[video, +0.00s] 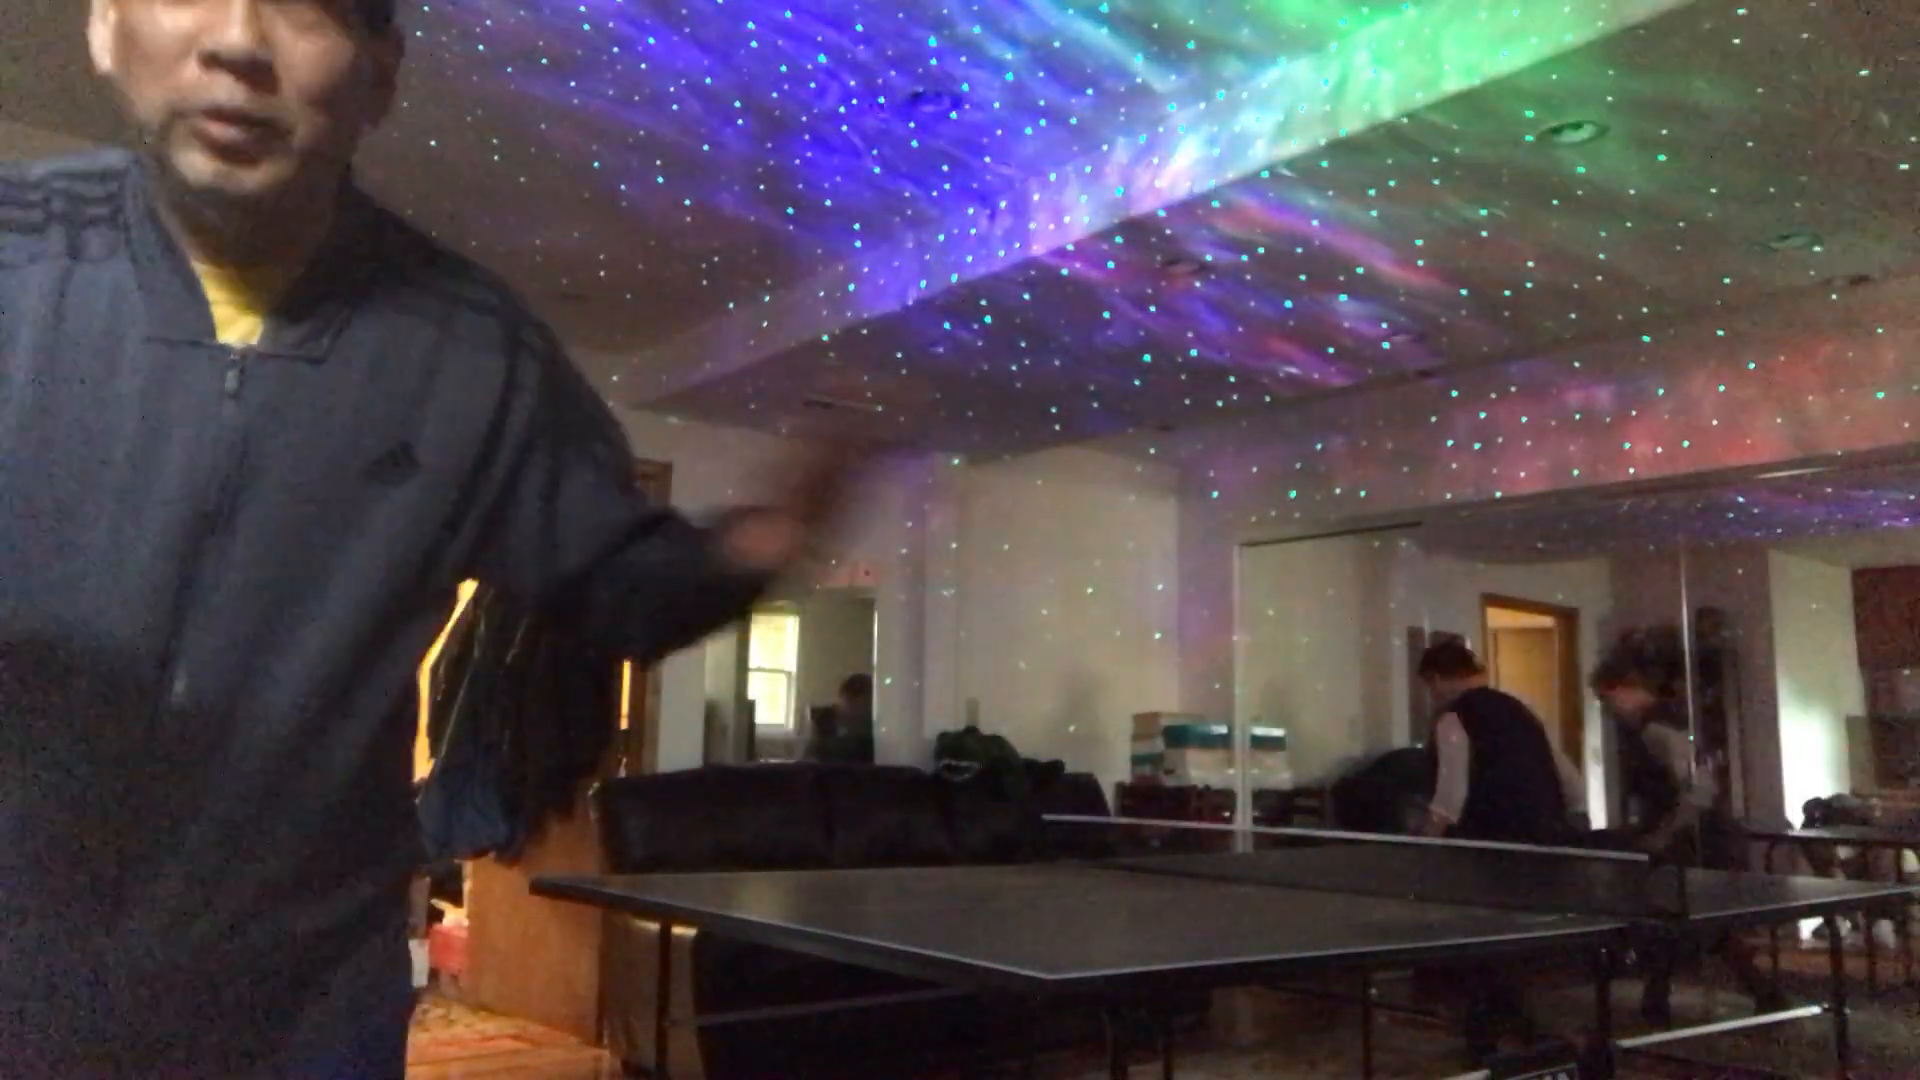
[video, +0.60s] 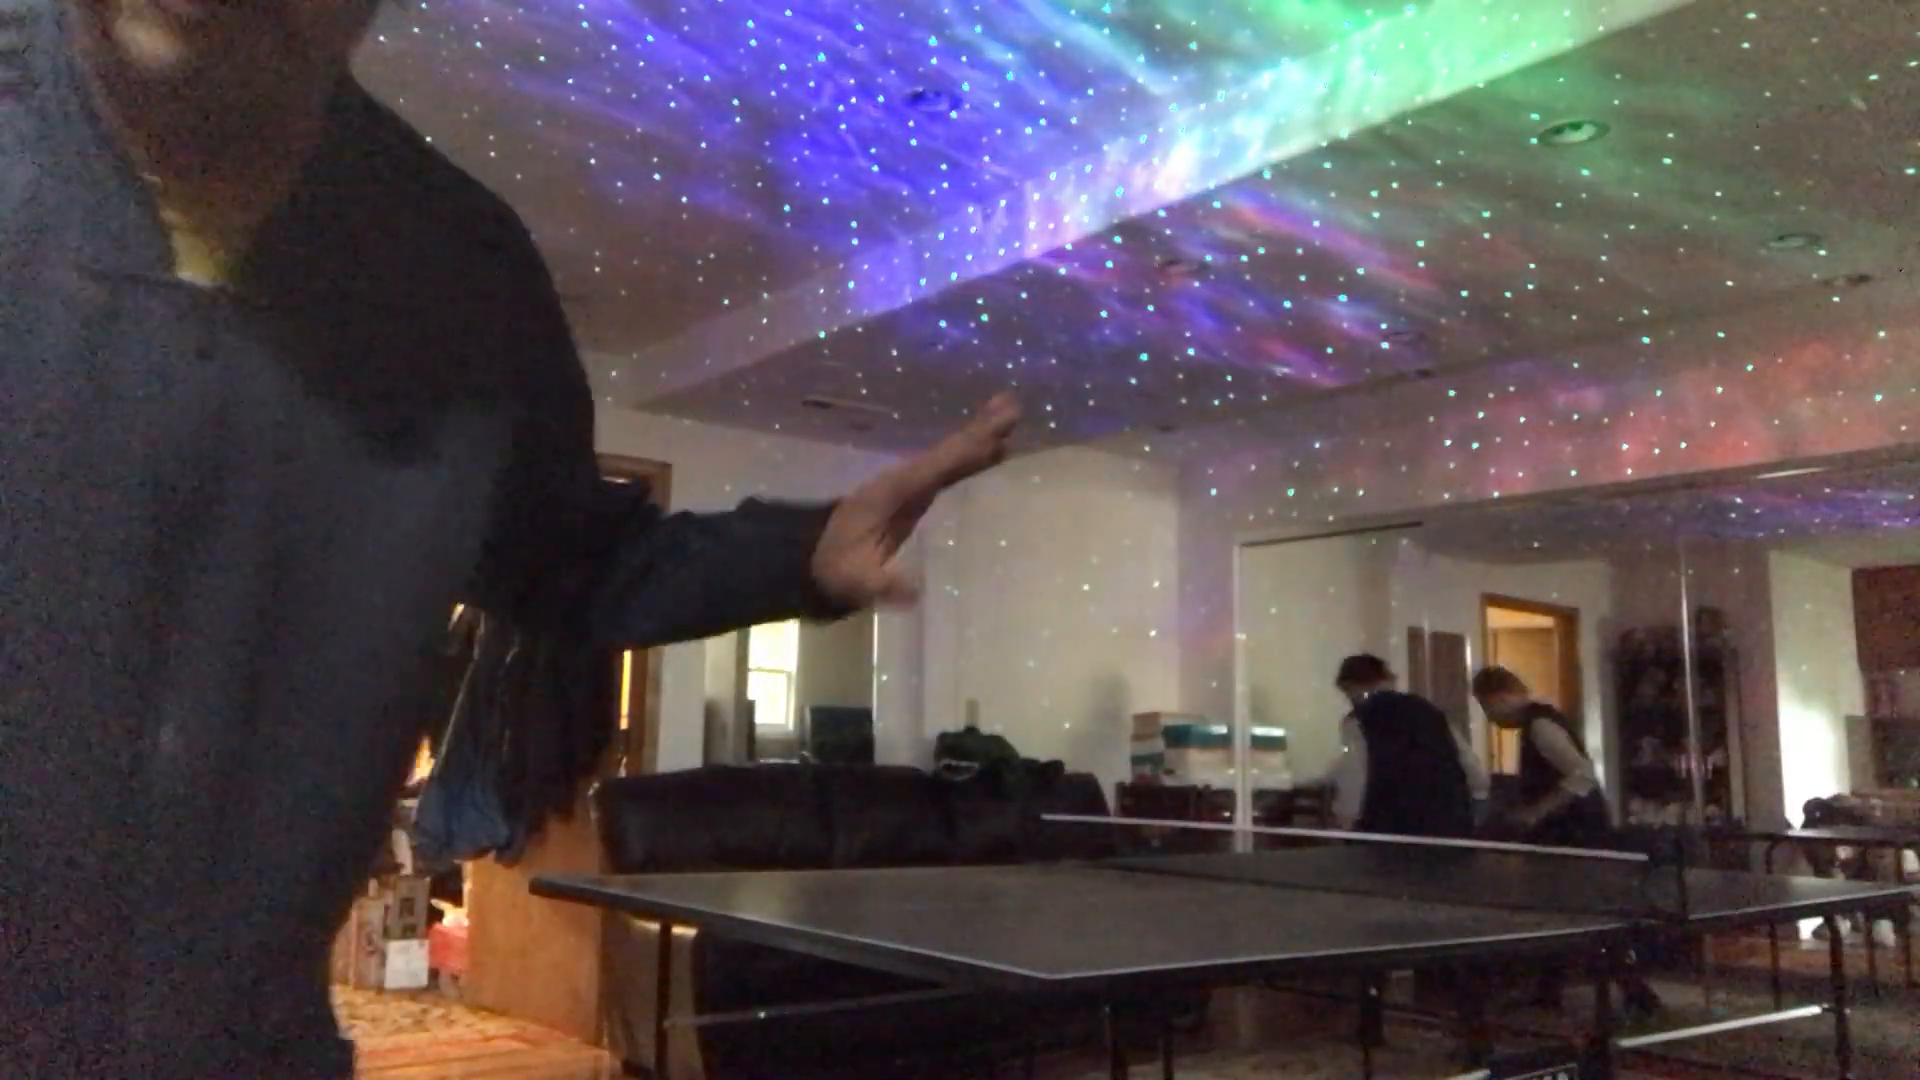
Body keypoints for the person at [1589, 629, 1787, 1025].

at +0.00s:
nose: (1615, 708)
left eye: (1616, 696)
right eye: (1610, 699)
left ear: (1635, 688)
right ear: (1623, 695)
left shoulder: (1660, 732)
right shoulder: (1643, 732)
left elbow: (1697, 792)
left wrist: (1658, 837)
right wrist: (1638, 830)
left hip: (1684, 838)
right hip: (1670, 838)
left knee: (1663, 921)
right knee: (1712, 922)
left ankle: (1656, 999)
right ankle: (1761, 988)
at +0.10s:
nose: (1587, 712)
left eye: (1587, 702)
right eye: (1584, 704)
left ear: (1604, 692)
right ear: (1602, 693)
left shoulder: (1633, 730)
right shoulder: (1632, 724)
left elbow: (1668, 789)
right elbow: (1669, 786)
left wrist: (1626, 835)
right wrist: (1628, 831)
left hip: (1658, 844)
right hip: (1655, 843)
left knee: (1652, 927)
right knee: (1654, 927)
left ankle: (1653, 1006)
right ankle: (1651, 1005)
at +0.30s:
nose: (1546, 710)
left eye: (1546, 699)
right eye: (1542, 701)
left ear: (1565, 690)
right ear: (1567, 689)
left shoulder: (1596, 723)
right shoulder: (1588, 721)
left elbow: (1633, 782)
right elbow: (1619, 781)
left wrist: (1584, 819)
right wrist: (1577, 815)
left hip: (1622, 842)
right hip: (1613, 841)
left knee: (1614, 934)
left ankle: (1607, 1021)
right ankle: (1653, 1009)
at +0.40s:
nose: (1529, 715)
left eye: (1528, 704)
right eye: (1525, 706)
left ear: (1543, 692)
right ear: (1551, 688)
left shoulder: (1579, 724)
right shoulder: (1579, 719)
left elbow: (1616, 781)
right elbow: (1600, 781)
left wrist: (1569, 815)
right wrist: (1559, 811)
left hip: (1604, 844)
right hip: (1613, 841)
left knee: (1590, 929)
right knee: (1633, 925)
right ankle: (1652, 1007)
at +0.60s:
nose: (1489, 717)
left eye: (1488, 707)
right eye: (1485, 709)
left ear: (1503, 696)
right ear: (1506, 694)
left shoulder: (1541, 726)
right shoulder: (1534, 725)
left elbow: (1583, 776)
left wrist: (1537, 811)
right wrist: (1530, 811)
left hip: (1574, 835)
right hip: (1562, 834)